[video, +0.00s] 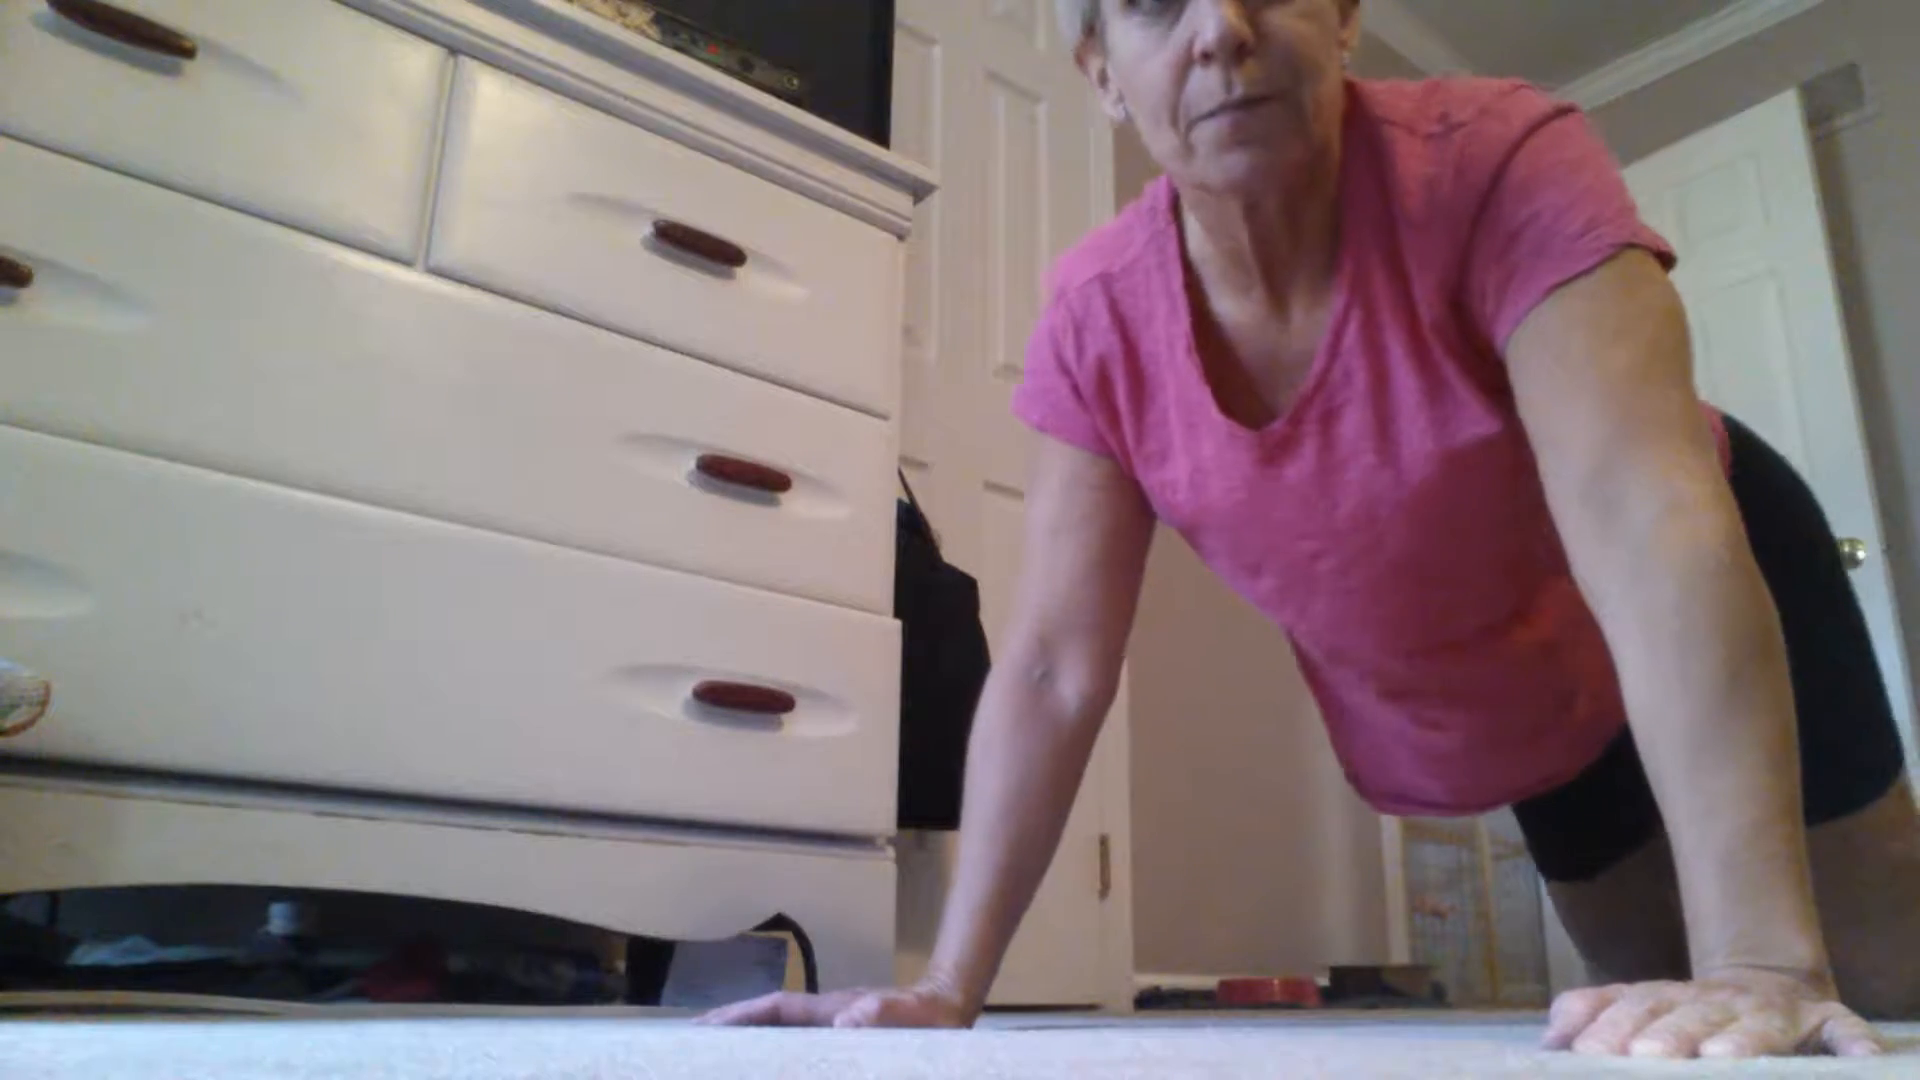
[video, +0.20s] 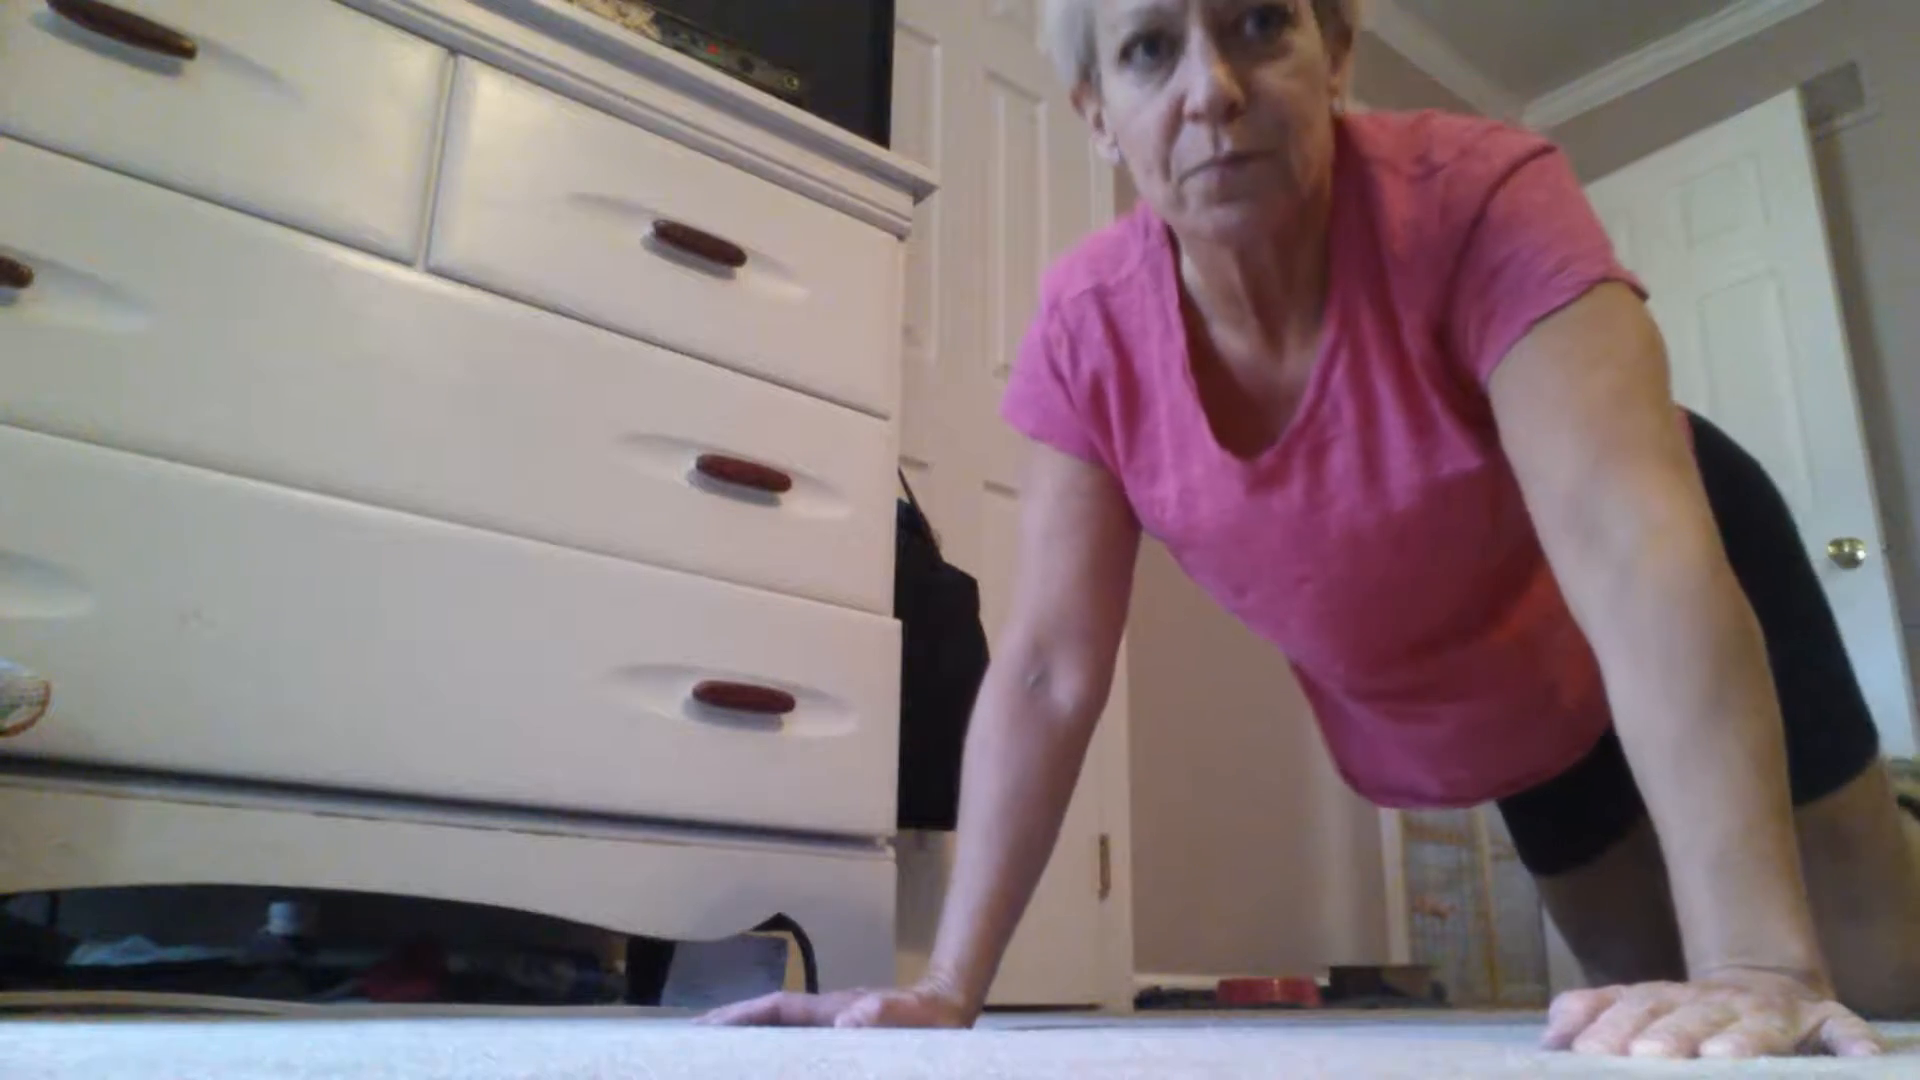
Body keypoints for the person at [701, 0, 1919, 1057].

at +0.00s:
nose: (1220, 35)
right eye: (1160, 8)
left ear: (1341, 24)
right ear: (1102, 76)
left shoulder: (1502, 162)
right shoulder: (1102, 316)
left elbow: (1654, 520)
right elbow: (1050, 667)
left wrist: (1763, 967)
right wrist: (950, 980)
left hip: (1706, 603)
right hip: (1523, 726)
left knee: (1868, 987)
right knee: (1661, 1023)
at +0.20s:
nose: (1211, 89)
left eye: (1255, 34)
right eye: (1150, 54)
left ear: (1337, 56)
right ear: (1101, 109)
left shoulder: (1483, 198)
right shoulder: (1091, 323)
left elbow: (1640, 540)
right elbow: (1044, 672)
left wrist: (1758, 968)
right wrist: (949, 981)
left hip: (1670, 598)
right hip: (1495, 710)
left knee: (1861, 963)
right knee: (1654, 1004)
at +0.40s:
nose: (1228, 135)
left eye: (1268, 73)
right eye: (1167, 99)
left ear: (1346, 89)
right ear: (1115, 157)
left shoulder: (1490, 219)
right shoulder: (1105, 341)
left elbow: (1647, 561)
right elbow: (1053, 685)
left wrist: (1751, 974)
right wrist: (953, 979)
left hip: (1648, 559)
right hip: (1487, 667)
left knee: (1776, 959)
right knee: (1643, 988)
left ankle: (1907, 867)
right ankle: (1863, 876)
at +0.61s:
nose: (1206, 126)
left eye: (1249, 66)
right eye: (1146, 90)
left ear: (1332, 84)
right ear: (1101, 150)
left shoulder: (1476, 217)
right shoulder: (1104, 340)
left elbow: (1654, 566)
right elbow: (1053, 682)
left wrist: (1756, 968)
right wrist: (953, 980)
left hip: (1663, 554)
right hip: (1489, 647)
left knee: (1734, 948)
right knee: (1614, 965)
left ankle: (1836, 916)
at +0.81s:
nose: (1116, 143)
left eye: (1154, 74)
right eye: (1062, 108)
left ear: (1261, 64)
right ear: (1032, 140)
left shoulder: (1437, 192)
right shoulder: (1083, 331)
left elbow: (1630, 538)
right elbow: (1043, 675)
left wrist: (1756, 973)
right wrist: (949, 985)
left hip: (1682, 542)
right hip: (1504, 657)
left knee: (1777, 948)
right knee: (1644, 997)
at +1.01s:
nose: (1044, 193)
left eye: (1084, 121)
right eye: (1009, 142)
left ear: (1237, 80)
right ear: (990, 146)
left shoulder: (1444, 192)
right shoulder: (1084, 333)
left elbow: (1640, 541)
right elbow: (1045, 675)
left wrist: (1752, 973)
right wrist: (950, 983)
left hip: (1678, 548)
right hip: (1501, 665)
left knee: (1777, 956)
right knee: (1645, 999)